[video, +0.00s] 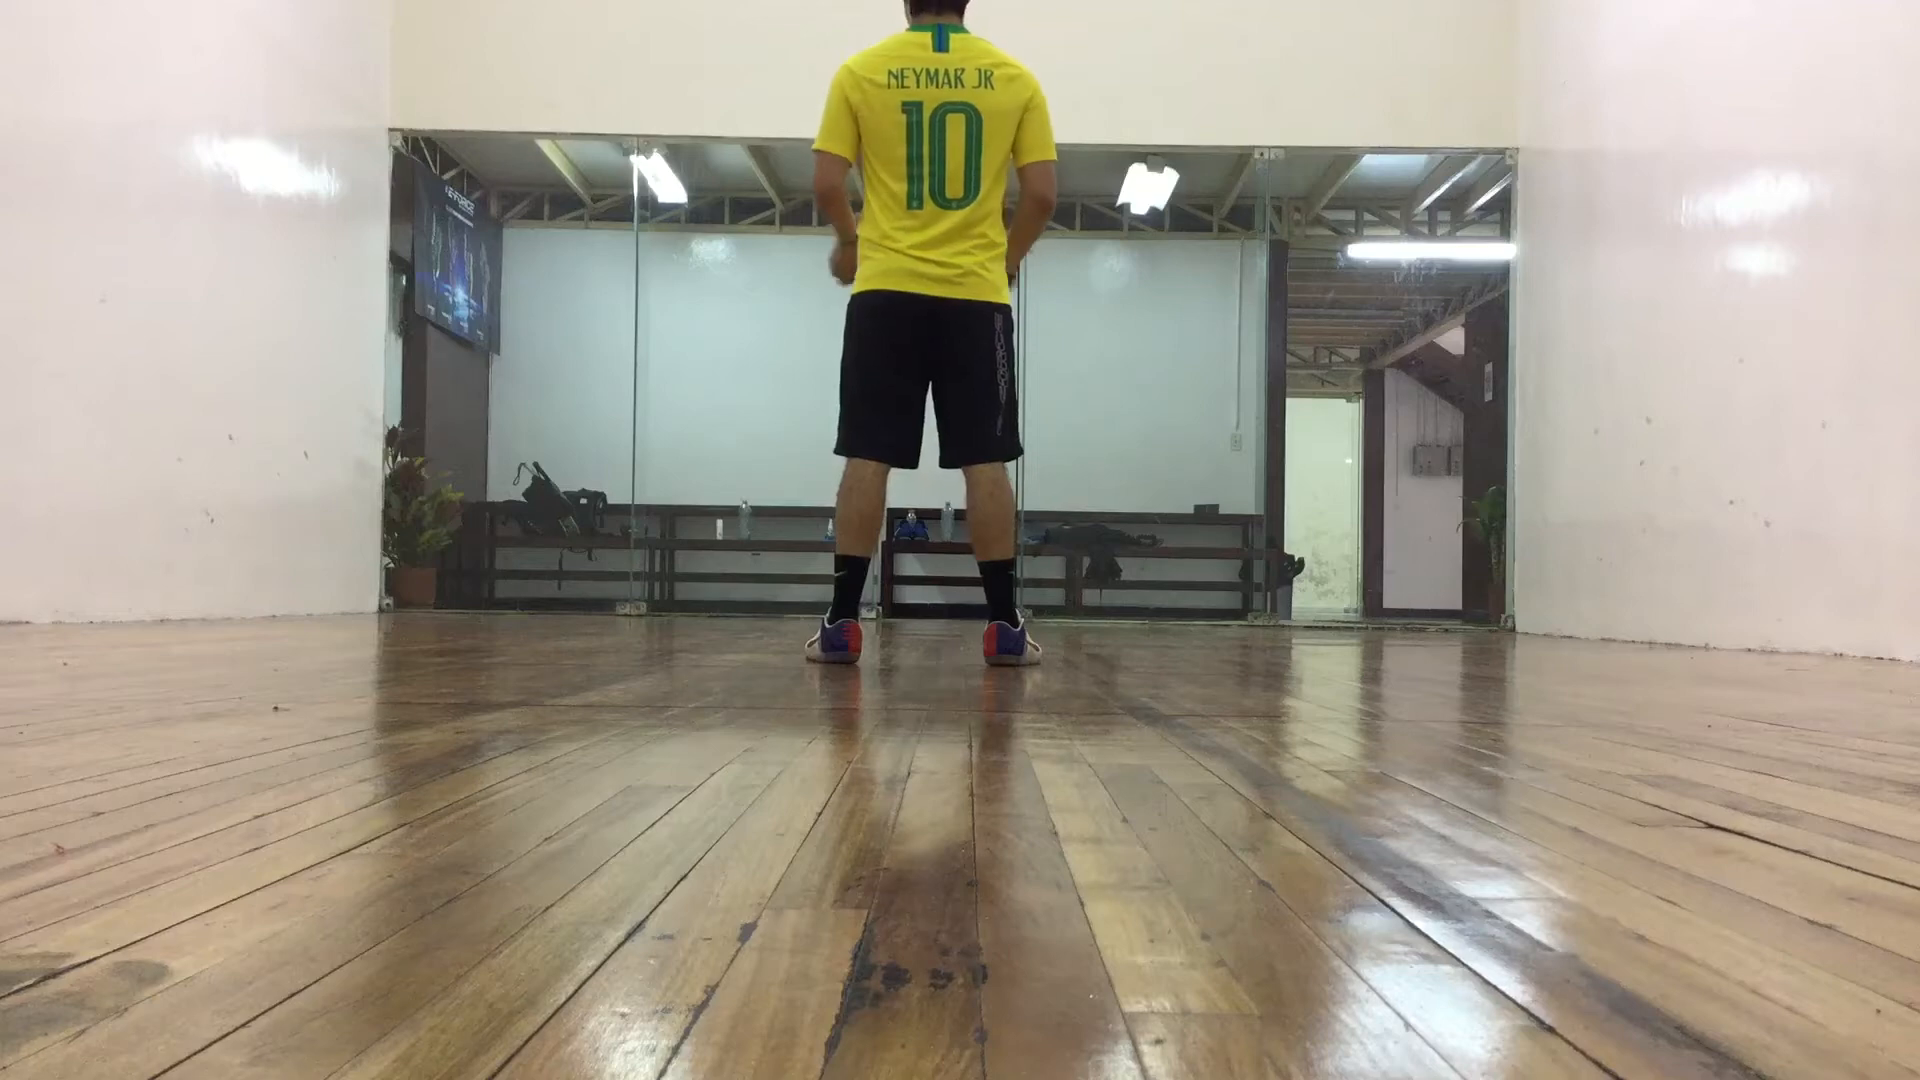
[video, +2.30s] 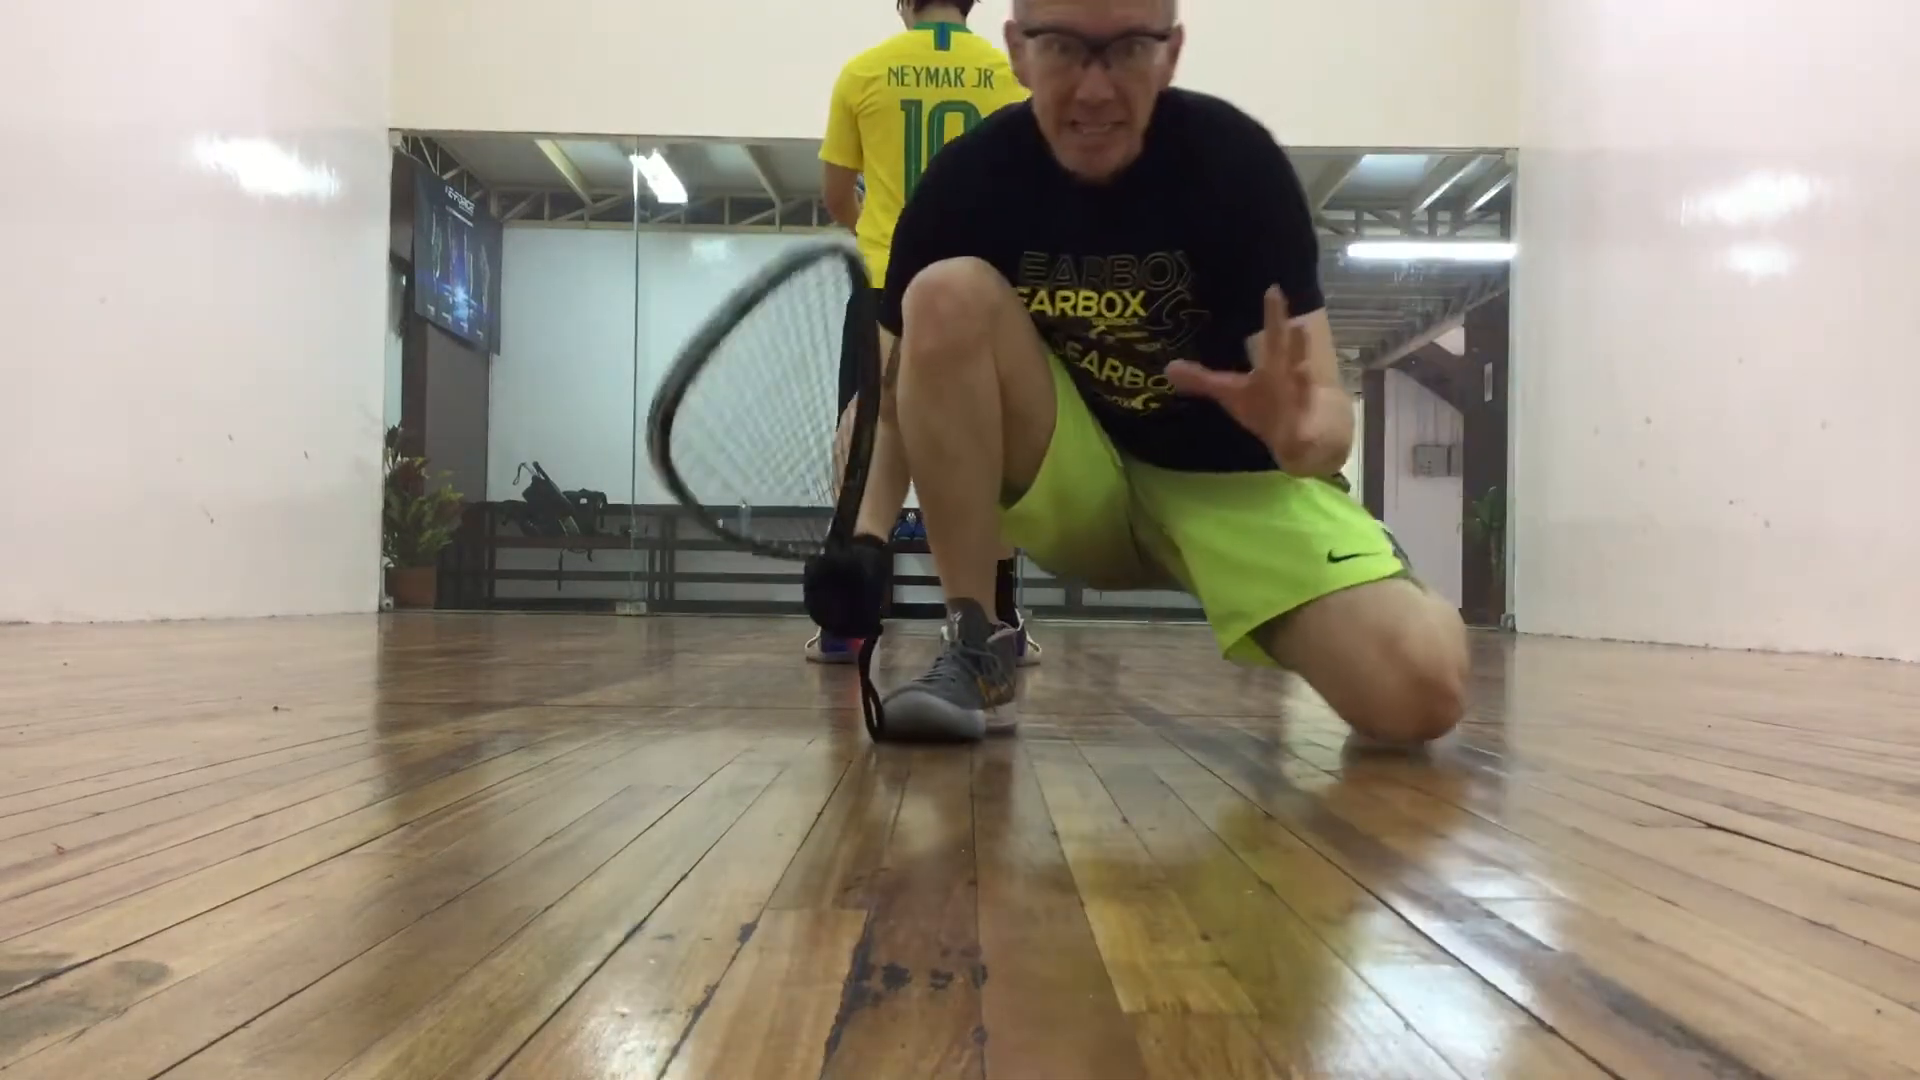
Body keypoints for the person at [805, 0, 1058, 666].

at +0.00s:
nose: (923, 13)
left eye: (911, 7)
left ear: (905, 5)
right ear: (966, 5)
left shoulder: (860, 72)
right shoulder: (1015, 78)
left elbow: (828, 181)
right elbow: (1041, 196)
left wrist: (848, 238)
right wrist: (1003, 257)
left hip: (884, 299)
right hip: (975, 303)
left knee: (866, 458)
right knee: (986, 463)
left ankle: (843, 621)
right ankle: (1005, 625)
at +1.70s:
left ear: (906, 3)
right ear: (968, 3)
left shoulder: (861, 74)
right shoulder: (1010, 65)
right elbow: (1037, 196)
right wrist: (1012, 254)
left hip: (884, 296)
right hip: (978, 300)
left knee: (866, 458)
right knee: (985, 459)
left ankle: (843, 620)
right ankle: (1000, 621)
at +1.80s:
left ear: (906, 6)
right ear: (969, 6)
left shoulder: (860, 75)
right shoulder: (1013, 75)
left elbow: (836, 197)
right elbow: (1043, 178)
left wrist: (875, 237)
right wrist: (1002, 242)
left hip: (895, 304)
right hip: (987, 306)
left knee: (867, 457)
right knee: (998, 456)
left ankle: (842, 622)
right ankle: (1000, 622)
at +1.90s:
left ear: (905, 7)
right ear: (969, 7)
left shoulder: (861, 74)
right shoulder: (1013, 76)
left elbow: (836, 194)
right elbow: (1038, 178)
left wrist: (866, 229)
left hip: (885, 291)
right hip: (982, 294)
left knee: (864, 452)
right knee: (991, 451)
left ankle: (840, 620)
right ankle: (999, 622)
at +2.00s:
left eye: (902, 13)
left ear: (903, 8)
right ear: (969, 8)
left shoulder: (861, 74)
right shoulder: (1015, 77)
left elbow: (835, 196)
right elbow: (1041, 182)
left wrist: (868, 245)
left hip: (887, 293)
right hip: (983, 293)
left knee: (854, 447)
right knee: (987, 445)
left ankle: (839, 619)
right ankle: (1000, 619)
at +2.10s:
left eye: (899, 10)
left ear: (904, 7)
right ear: (969, 8)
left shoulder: (862, 74)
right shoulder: (1015, 77)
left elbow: (837, 198)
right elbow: (1038, 182)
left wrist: (876, 233)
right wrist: (1004, 237)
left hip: (882, 286)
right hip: (982, 289)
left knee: (857, 443)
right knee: (985, 443)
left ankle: (836, 621)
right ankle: (1000, 620)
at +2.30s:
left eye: (900, 10)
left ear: (904, 8)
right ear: (971, 10)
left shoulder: (863, 73)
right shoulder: (1008, 70)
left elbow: (837, 195)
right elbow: (1034, 175)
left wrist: (873, 232)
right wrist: (1008, 234)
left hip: (889, 281)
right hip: (988, 282)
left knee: (873, 424)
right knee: (990, 435)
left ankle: (847, 613)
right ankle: (999, 619)